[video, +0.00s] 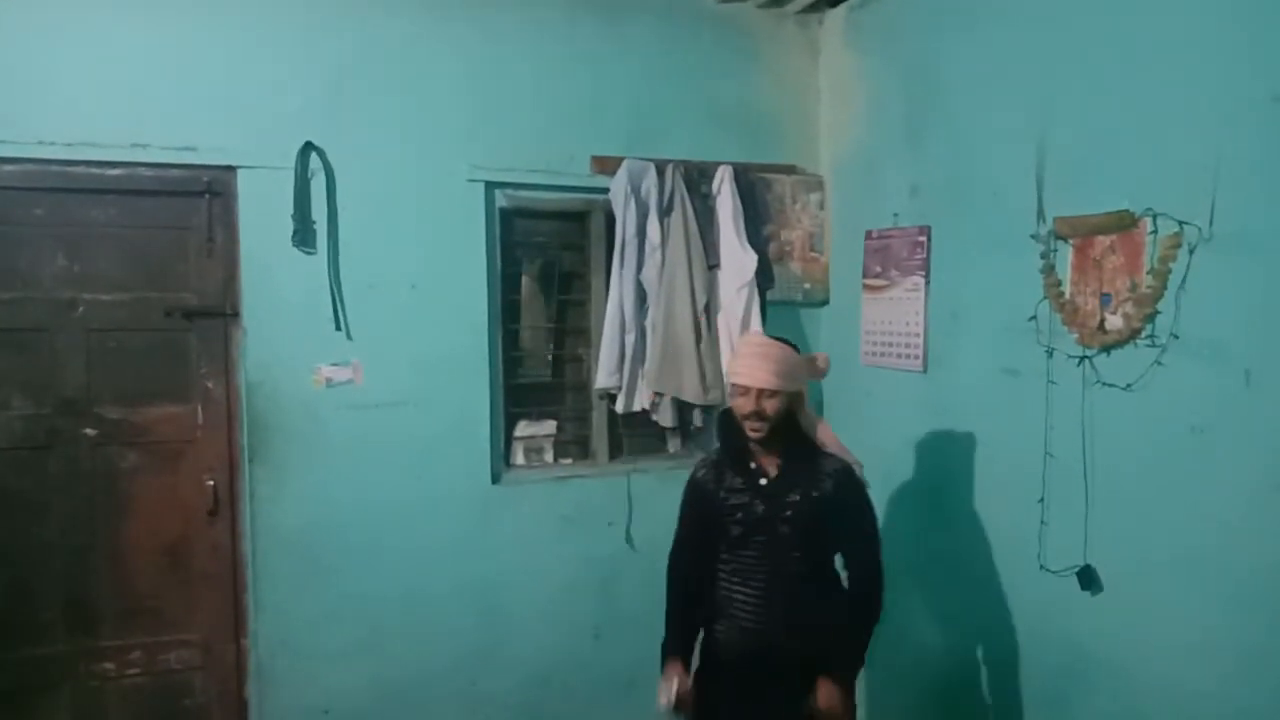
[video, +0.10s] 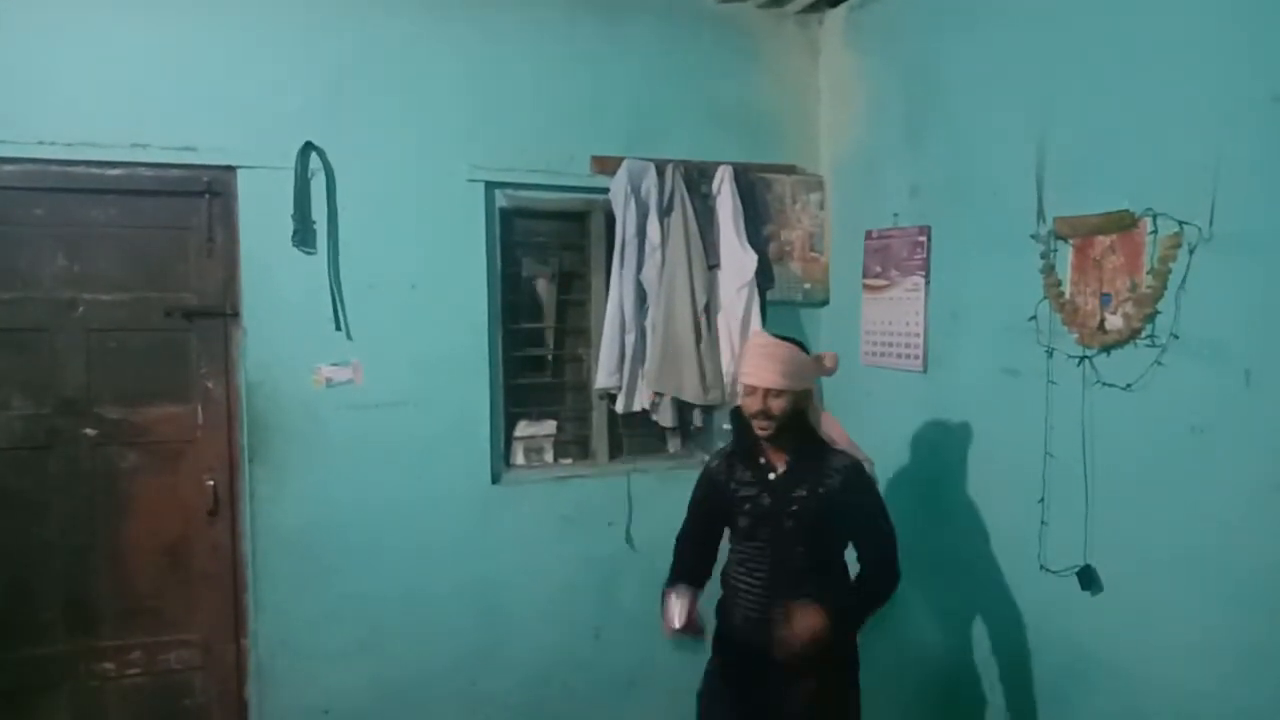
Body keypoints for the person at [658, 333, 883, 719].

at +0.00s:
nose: (752, 407)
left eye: (768, 395)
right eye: (741, 393)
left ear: (794, 400)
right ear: (729, 396)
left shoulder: (834, 479)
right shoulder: (709, 478)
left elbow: (867, 579)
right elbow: (686, 571)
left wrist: (841, 673)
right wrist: (676, 656)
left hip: (805, 670)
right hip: (726, 668)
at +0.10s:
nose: (759, 407)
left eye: (774, 395)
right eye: (750, 393)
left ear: (802, 400)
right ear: (739, 396)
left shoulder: (842, 474)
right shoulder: (724, 470)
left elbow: (882, 569)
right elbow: (696, 540)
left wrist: (830, 617)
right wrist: (682, 589)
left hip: (818, 661)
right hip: (739, 657)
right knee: (719, 711)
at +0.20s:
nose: (761, 396)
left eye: (776, 385)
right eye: (753, 382)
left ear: (805, 389)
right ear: (741, 383)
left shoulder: (846, 463)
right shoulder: (732, 453)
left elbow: (878, 556)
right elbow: (689, 520)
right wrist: (683, 540)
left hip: (822, 647)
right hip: (745, 643)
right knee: (725, 709)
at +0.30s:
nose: (759, 386)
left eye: (775, 373)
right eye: (750, 371)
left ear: (802, 378)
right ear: (739, 372)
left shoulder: (842, 445)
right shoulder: (732, 437)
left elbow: (853, 521)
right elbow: (683, 518)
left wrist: (785, 503)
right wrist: (679, 499)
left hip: (824, 625)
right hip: (749, 621)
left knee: (828, 711)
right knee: (727, 709)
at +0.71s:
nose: (746, 400)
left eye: (758, 391)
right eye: (738, 390)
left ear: (785, 381)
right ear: (730, 381)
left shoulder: (824, 437)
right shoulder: (731, 428)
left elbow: (803, 482)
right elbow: (691, 459)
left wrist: (755, 479)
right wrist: (660, 463)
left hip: (793, 608)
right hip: (728, 601)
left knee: (789, 705)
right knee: (728, 705)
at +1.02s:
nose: (731, 371)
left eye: (744, 361)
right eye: (724, 359)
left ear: (770, 366)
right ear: (715, 361)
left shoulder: (804, 425)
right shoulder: (717, 422)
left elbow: (800, 500)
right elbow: (680, 477)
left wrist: (738, 504)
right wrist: (658, 490)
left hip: (799, 599)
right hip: (740, 595)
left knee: (770, 709)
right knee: (740, 708)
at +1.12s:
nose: (712, 380)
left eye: (725, 370)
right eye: (705, 369)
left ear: (752, 371)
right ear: (697, 370)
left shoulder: (794, 433)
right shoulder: (711, 425)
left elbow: (806, 532)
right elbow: (685, 487)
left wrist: (750, 562)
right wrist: (660, 533)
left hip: (803, 583)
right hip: (750, 580)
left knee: (774, 703)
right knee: (755, 700)